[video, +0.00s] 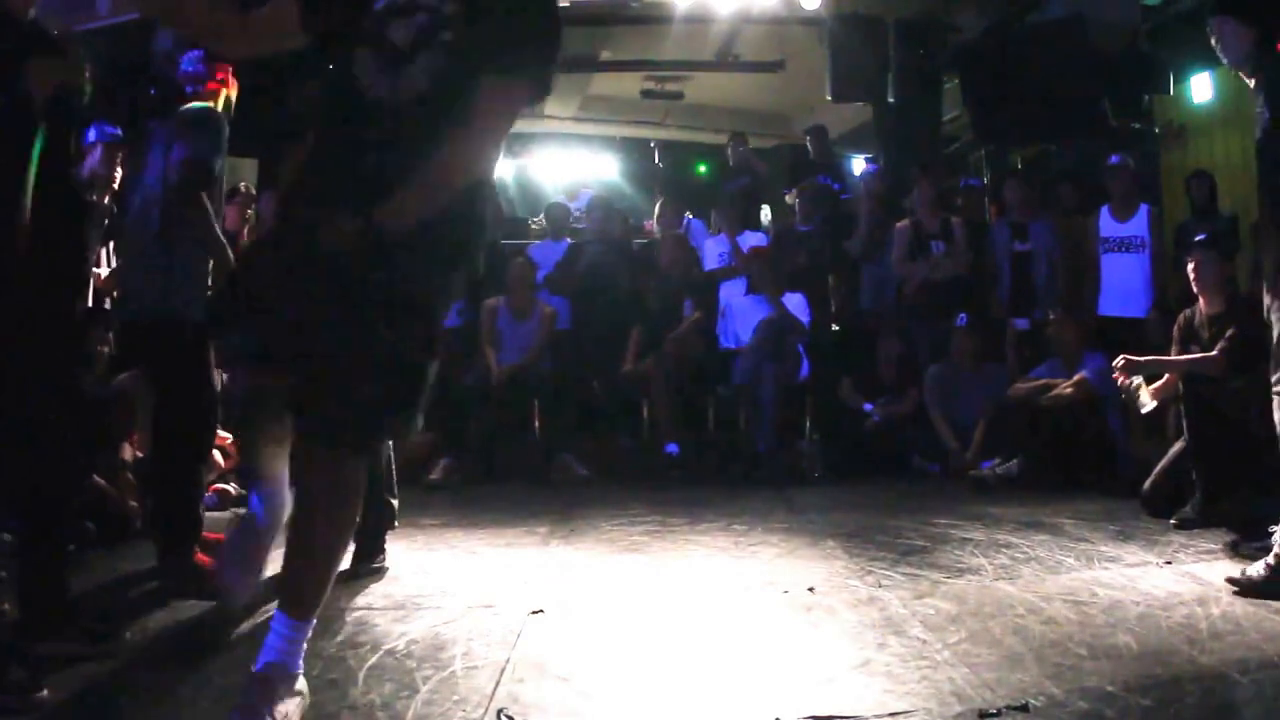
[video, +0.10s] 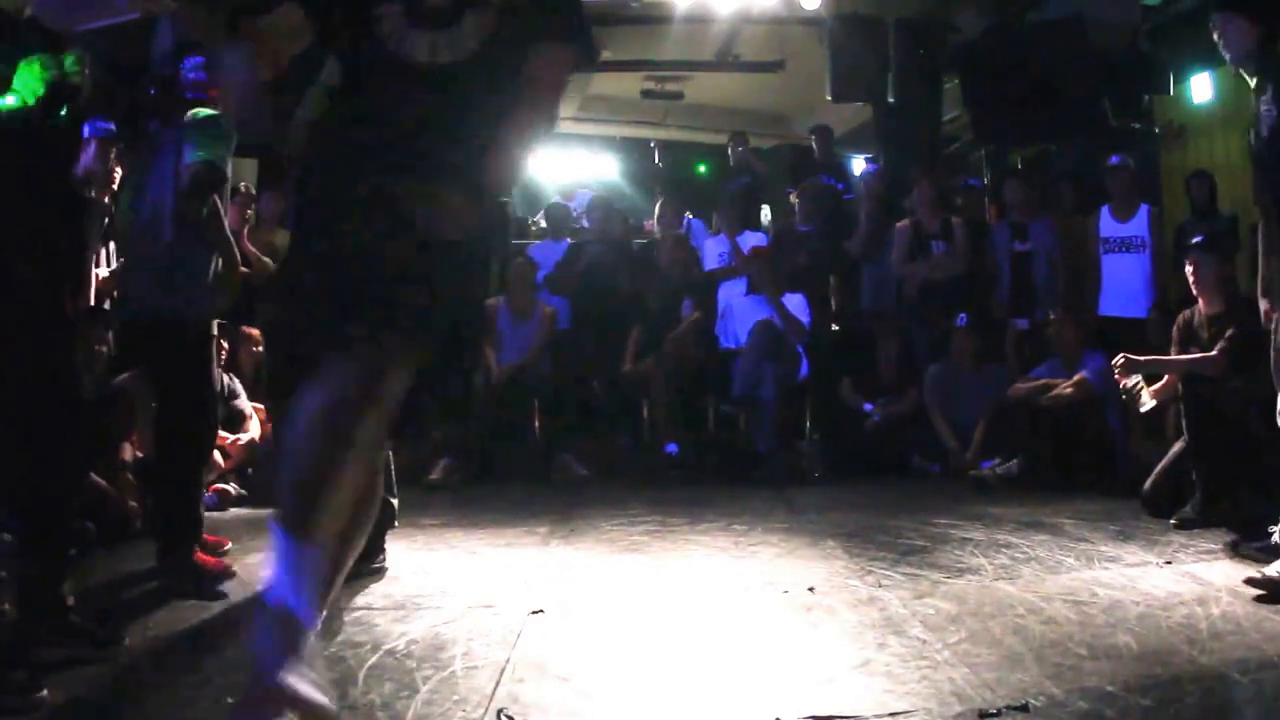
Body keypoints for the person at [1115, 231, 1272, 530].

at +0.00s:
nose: (1194, 269)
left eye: (1203, 262)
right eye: (1191, 262)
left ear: (1225, 269)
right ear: (1186, 268)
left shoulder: (1246, 314)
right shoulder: (1187, 321)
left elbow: (1216, 362)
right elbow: (1179, 373)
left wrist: (1146, 363)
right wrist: (1149, 393)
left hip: (1246, 432)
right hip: (1205, 432)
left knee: (1193, 388)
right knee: (1154, 498)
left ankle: (1205, 499)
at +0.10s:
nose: (1191, 271)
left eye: (1200, 264)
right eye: (1188, 264)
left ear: (1223, 268)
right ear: (1184, 269)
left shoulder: (1244, 315)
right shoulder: (1186, 322)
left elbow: (1218, 362)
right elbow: (1179, 374)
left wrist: (1144, 364)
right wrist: (1150, 394)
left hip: (1246, 430)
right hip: (1206, 430)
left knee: (1195, 388)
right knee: (1155, 498)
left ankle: (1205, 499)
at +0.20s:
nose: (1192, 270)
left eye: (1200, 263)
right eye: (1189, 263)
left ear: (1221, 268)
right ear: (1184, 269)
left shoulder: (1242, 314)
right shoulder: (1184, 322)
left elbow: (1218, 362)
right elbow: (1177, 376)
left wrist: (1145, 364)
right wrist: (1147, 394)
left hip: (1244, 430)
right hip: (1204, 431)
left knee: (1193, 388)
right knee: (1155, 497)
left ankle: (1204, 499)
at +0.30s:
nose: (1193, 269)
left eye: (1202, 262)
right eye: (1189, 262)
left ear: (1223, 268)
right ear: (1184, 268)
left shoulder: (1244, 316)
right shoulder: (1183, 322)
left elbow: (1217, 363)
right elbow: (1172, 378)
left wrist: (1144, 364)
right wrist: (1146, 394)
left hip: (1247, 427)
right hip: (1206, 430)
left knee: (1194, 386)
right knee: (1155, 497)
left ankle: (1205, 498)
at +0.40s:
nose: (1193, 270)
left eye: (1200, 263)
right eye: (1189, 263)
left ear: (1217, 267)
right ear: (1183, 268)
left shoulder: (1239, 312)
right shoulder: (1182, 321)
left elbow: (1215, 362)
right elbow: (1174, 376)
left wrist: (1144, 365)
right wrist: (1147, 395)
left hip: (1244, 424)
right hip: (1206, 427)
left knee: (1192, 388)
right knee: (1155, 496)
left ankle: (1206, 499)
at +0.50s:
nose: (1190, 273)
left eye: (1197, 265)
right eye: (1185, 266)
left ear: (1216, 270)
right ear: (1181, 273)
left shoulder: (1241, 313)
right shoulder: (1182, 324)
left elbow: (1216, 362)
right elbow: (1174, 383)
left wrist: (1143, 365)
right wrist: (1146, 396)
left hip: (1243, 426)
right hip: (1205, 428)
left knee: (1194, 391)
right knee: (1155, 498)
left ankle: (1206, 500)